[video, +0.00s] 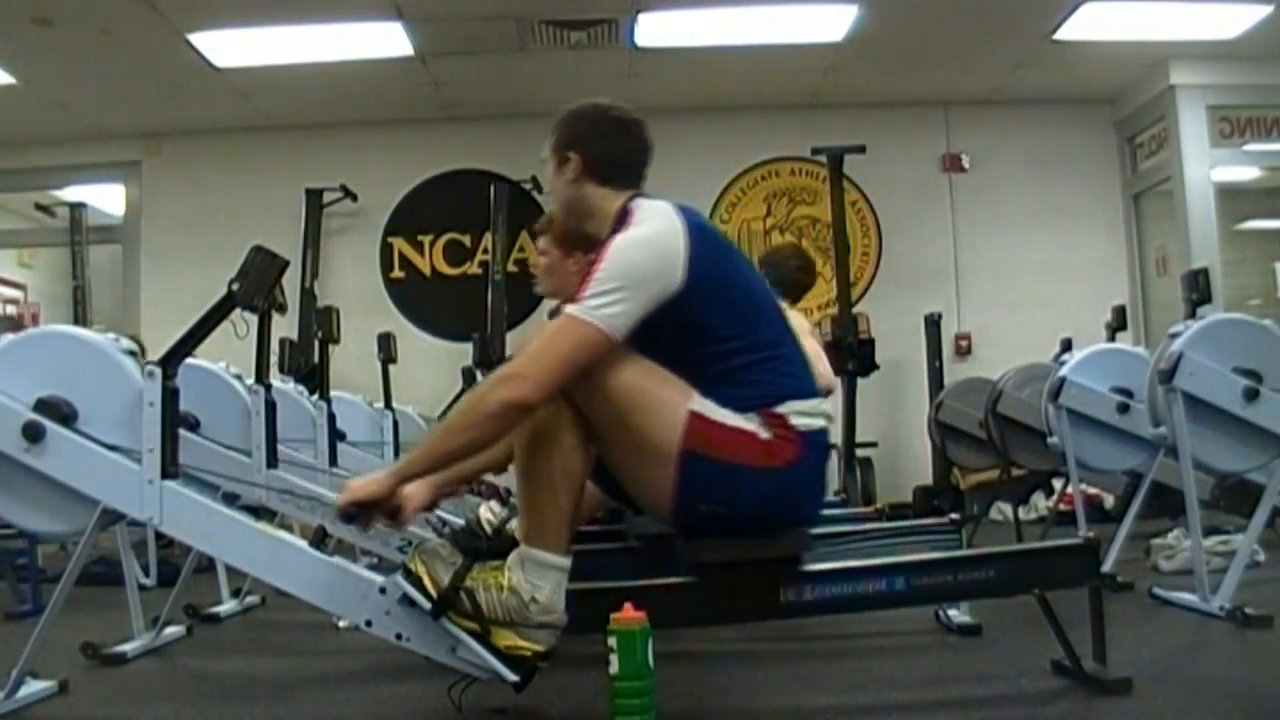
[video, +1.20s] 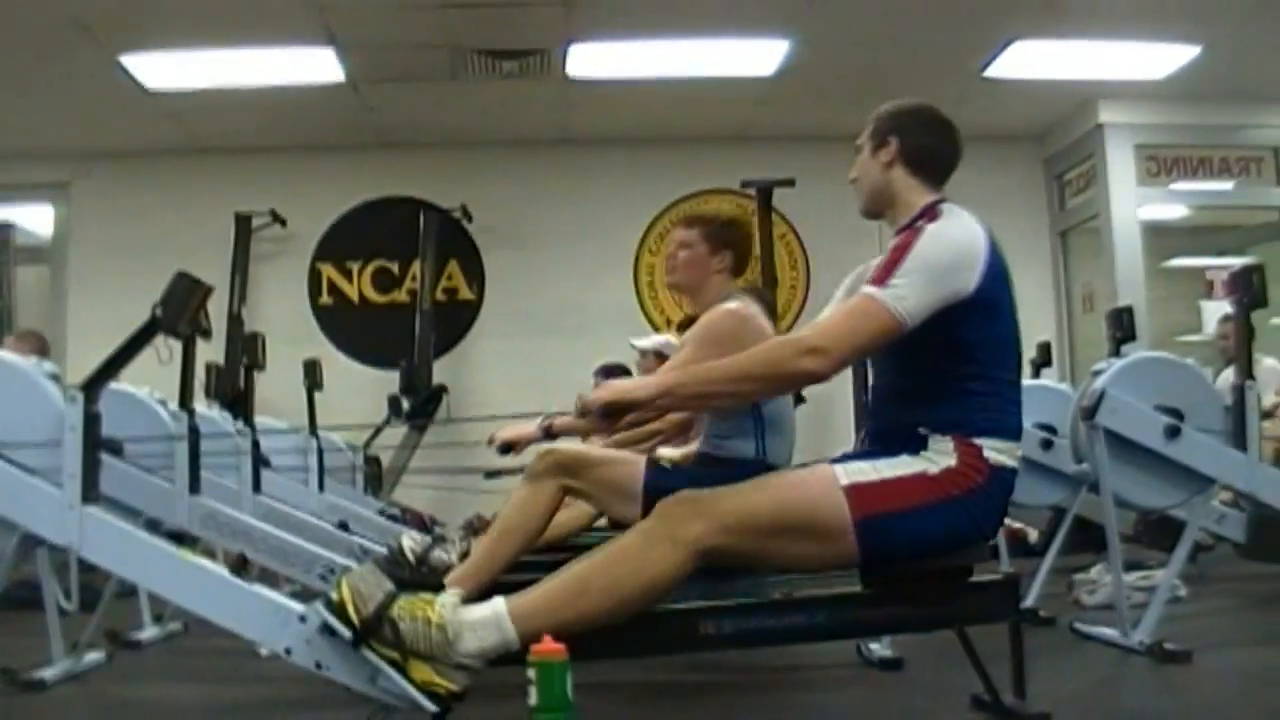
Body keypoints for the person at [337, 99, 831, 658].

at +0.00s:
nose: (548, 189)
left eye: (550, 171)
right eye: (549, 173)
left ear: (575, 168)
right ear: (621, 168)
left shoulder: (653, 235)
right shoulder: (648, 237)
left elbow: (522, 391)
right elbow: (535, 409)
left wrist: (394, 474)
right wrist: (430, 487)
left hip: (767, 465)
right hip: (755, 460)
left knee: (559, 363)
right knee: (559, 364)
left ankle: (537, 592)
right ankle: (537, 586)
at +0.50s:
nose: (616, 162)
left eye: (624, 144)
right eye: (619, 147)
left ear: (653, 143)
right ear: (676, 148)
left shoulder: (712, 225)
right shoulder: (676, 236)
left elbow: (569, 374)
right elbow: (558, 364)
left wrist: (420, 428)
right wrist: (436, 434)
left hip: (816, 458)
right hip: (769, 454)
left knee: (591, 347)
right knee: (570, 325)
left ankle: (541, 586)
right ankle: (530, 563)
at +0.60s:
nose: (663, 153)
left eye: (670, 135)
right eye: (666, 137)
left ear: (701, 136)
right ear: (718, 142)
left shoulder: (761, 219)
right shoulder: (724, 232)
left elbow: (618, 361)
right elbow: (602, 354)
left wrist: (459, 416)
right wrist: (472, 420)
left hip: (853, 454)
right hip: (807, 449)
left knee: (622, 355)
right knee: (606, 321)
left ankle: (544, 587)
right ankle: (535, 564)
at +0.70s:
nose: (711, 144)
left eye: (721, 127)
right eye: (716, 128)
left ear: (754, 130)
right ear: (765, 135)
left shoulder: (811, 214)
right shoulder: (785, 218)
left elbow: (663, 343)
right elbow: (659, 339)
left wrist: (509, 398)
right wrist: (517, 399)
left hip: (891, 447)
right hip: (848, 437)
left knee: (654, 381)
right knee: (635, 382)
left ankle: (547, 591)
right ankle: (541, 579)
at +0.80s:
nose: (761, 144)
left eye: (770, 126)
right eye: (764, 128)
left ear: (807, 128)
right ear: (821, 135)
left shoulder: (859, 212)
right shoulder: (832, 219)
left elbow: (704, 332)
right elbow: (702, 337)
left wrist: (548, 383)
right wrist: (558, 392)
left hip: (930, 441)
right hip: (880, 433)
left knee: (684, 399)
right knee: (666, 402)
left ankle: (544, 601)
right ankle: (538, 587)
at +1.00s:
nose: (834, 145)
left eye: (843, 125)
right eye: (840, 128)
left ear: (876, 126)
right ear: (889, 131)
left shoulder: (928, 213)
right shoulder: (898, 220)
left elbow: (781, 325)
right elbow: (779, 321)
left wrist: (628, 375)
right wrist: (642, 387)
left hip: (977, 448)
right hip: (937, 441)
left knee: (716, 443)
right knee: (703, 443)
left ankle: (534, 611)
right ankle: (528, 605)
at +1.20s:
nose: (850, 172)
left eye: (859, 156)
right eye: (855, 158)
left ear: (894, 157)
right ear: (905, 164)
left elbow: (811, 359)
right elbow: (796, 358)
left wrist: (664, 392)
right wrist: (666, 400)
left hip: (952, 472)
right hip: (901, 466)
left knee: (696, 520)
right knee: (685, 515)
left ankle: (477, 637)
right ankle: (475, 631)